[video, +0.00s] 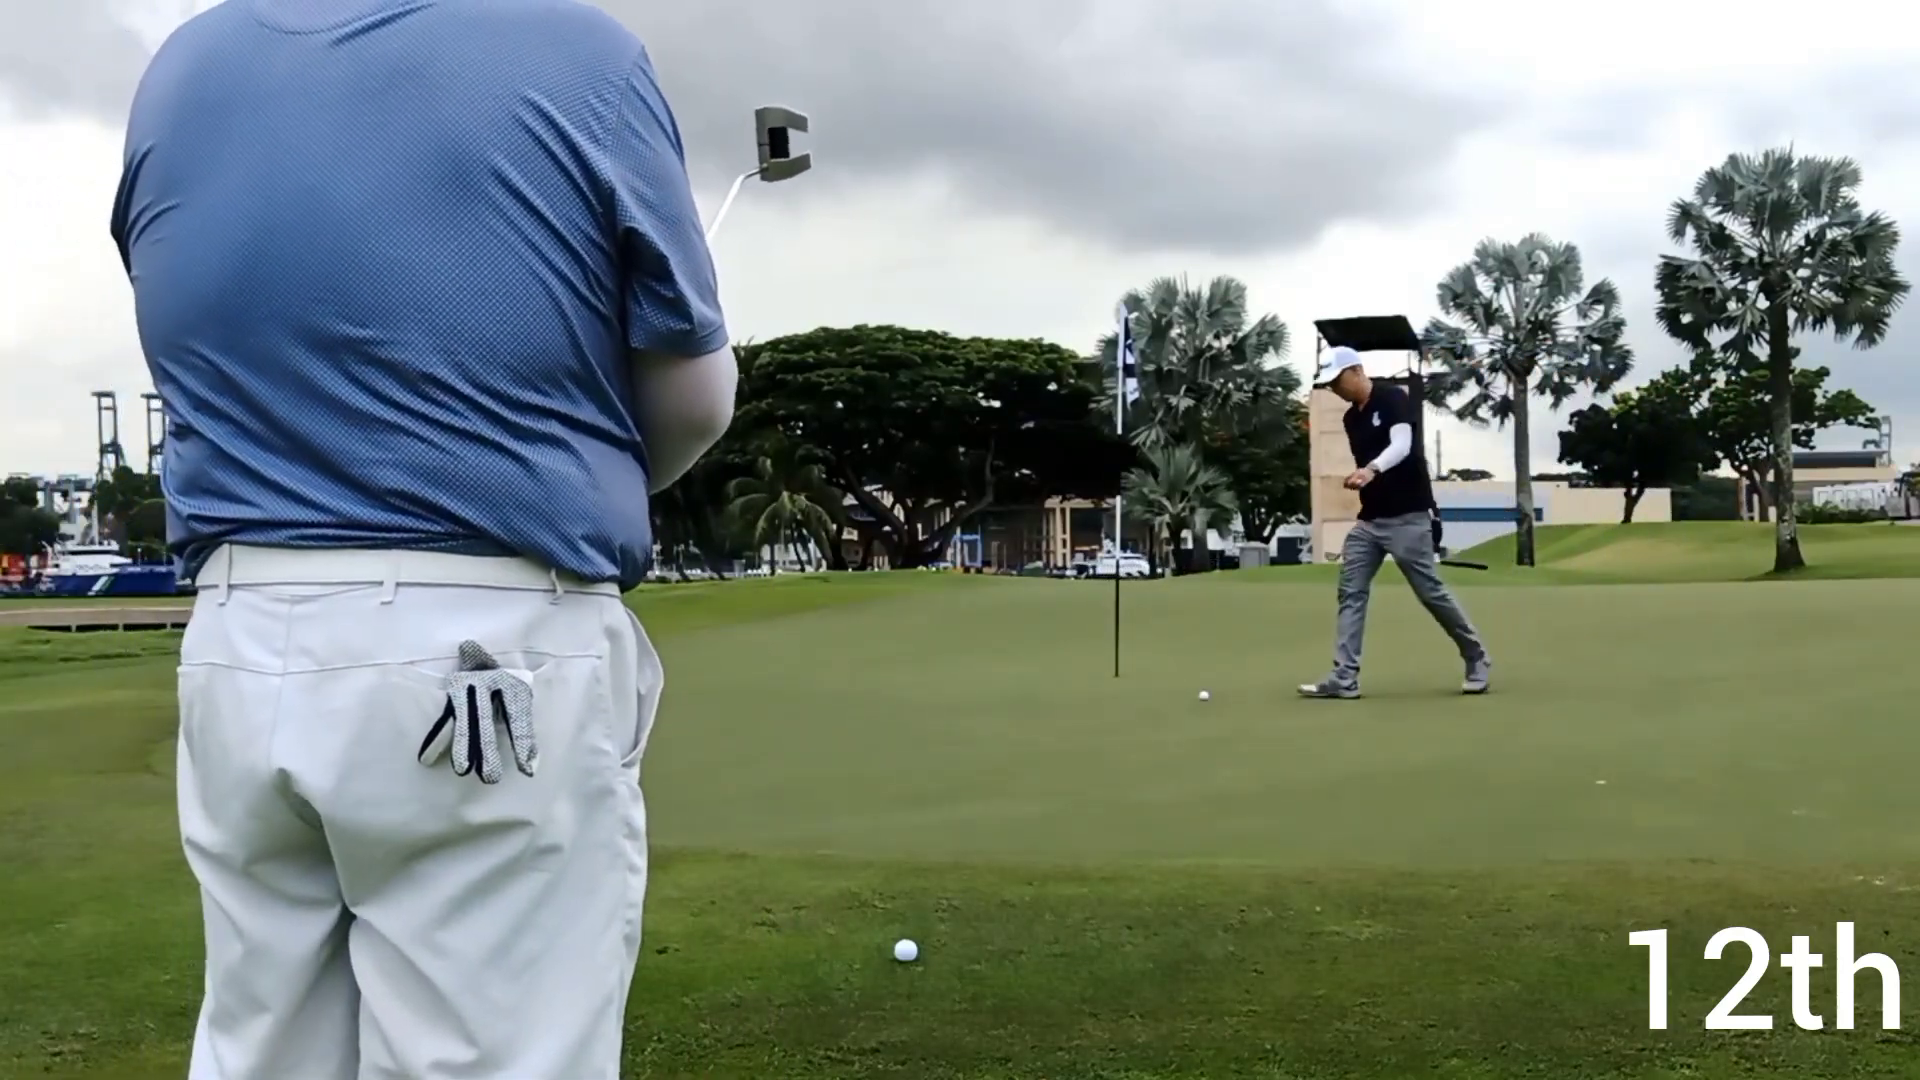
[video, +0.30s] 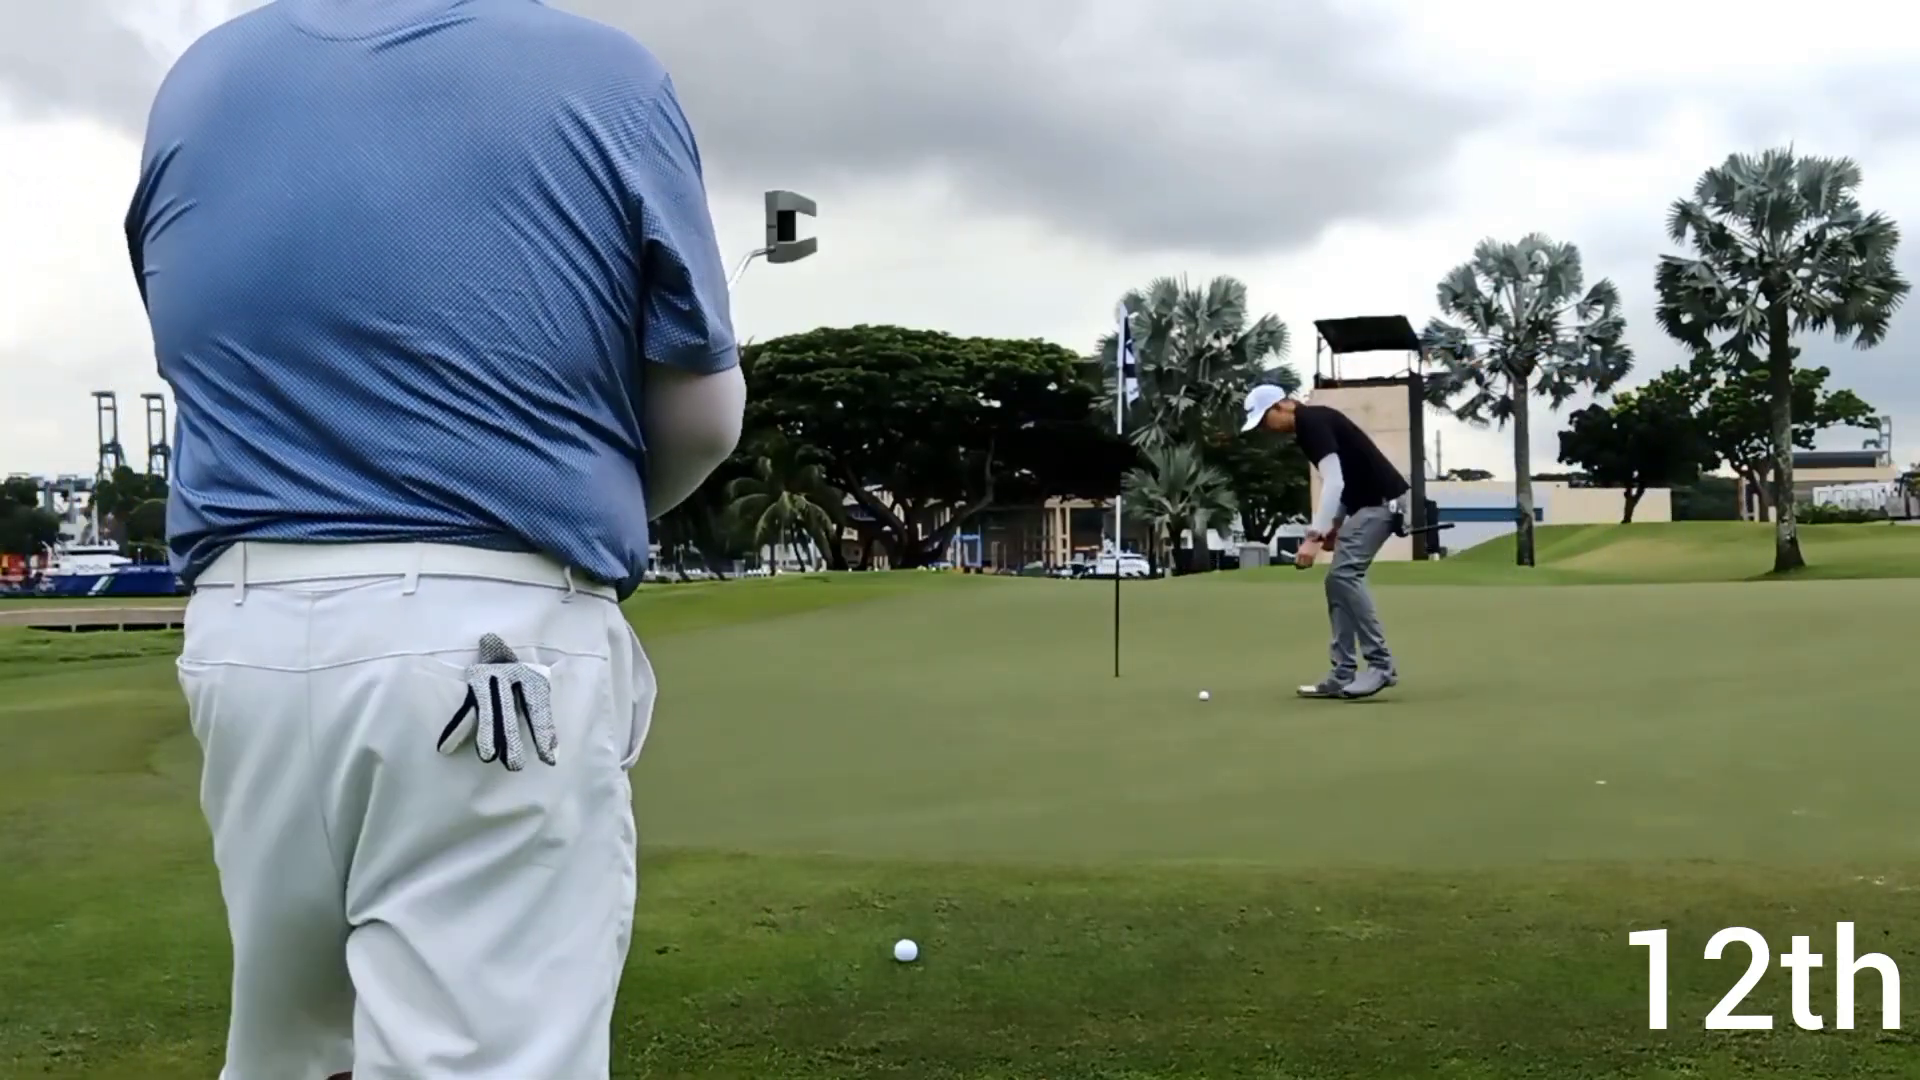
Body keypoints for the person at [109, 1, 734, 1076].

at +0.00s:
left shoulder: (187, 57)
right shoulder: (582, 46)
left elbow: (183, 331)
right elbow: (691, 393)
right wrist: (565, 494)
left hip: (245, 616)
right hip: (501, 621)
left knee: (257, 1058)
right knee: (503, 1058)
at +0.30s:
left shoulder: (202, 72)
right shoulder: (604, 66)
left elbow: (187, 339)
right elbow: (700, 411)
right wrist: (573, 516)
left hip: (247, 620)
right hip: (501, 618)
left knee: (281, 1053)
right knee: (486, 1057)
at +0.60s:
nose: (531, 39)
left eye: (535, 23)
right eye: (536, 21)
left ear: (367, 10)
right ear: (507, 11)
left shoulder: (200, 147)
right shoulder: (600, 139)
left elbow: (107, 452)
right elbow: (689, 457)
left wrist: (192, 668)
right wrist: (611, 587)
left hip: (252, 630)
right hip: (499, 623)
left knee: (287, 1037)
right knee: (466, 1052)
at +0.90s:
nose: (478, 82)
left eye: (482, 63)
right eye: (479, 56)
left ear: (318, 39)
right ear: (454, 45)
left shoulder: (175, 179)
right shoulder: (537, 187)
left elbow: (45, 391)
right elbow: (637, 424)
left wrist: (17, 639)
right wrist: (601, 649)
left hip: (229, 612)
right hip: (453, 615)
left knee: (278, 1000)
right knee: (460, 1003)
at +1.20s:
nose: (451, 100)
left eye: (452, 82)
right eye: (452, 76)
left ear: (303, 52)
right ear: (423, 58)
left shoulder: (172, 192)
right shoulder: (497, 187)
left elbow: (90, 435)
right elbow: (602, 391)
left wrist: (151, 622)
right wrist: (593, 594)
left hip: (239, 592)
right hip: (446, 588)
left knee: (271, 958)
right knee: (462, 903)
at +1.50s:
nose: (480, 171)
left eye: (485, 150)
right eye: (483, 147)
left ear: (350, 117)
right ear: (451, 127)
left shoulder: (235, 235)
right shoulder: (512, 247)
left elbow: (177, 448)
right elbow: (594, 447)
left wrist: (262, 536)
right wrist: (602, 610)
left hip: (273, 595)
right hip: (449, 598)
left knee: (286, 907)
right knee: (421, 904)